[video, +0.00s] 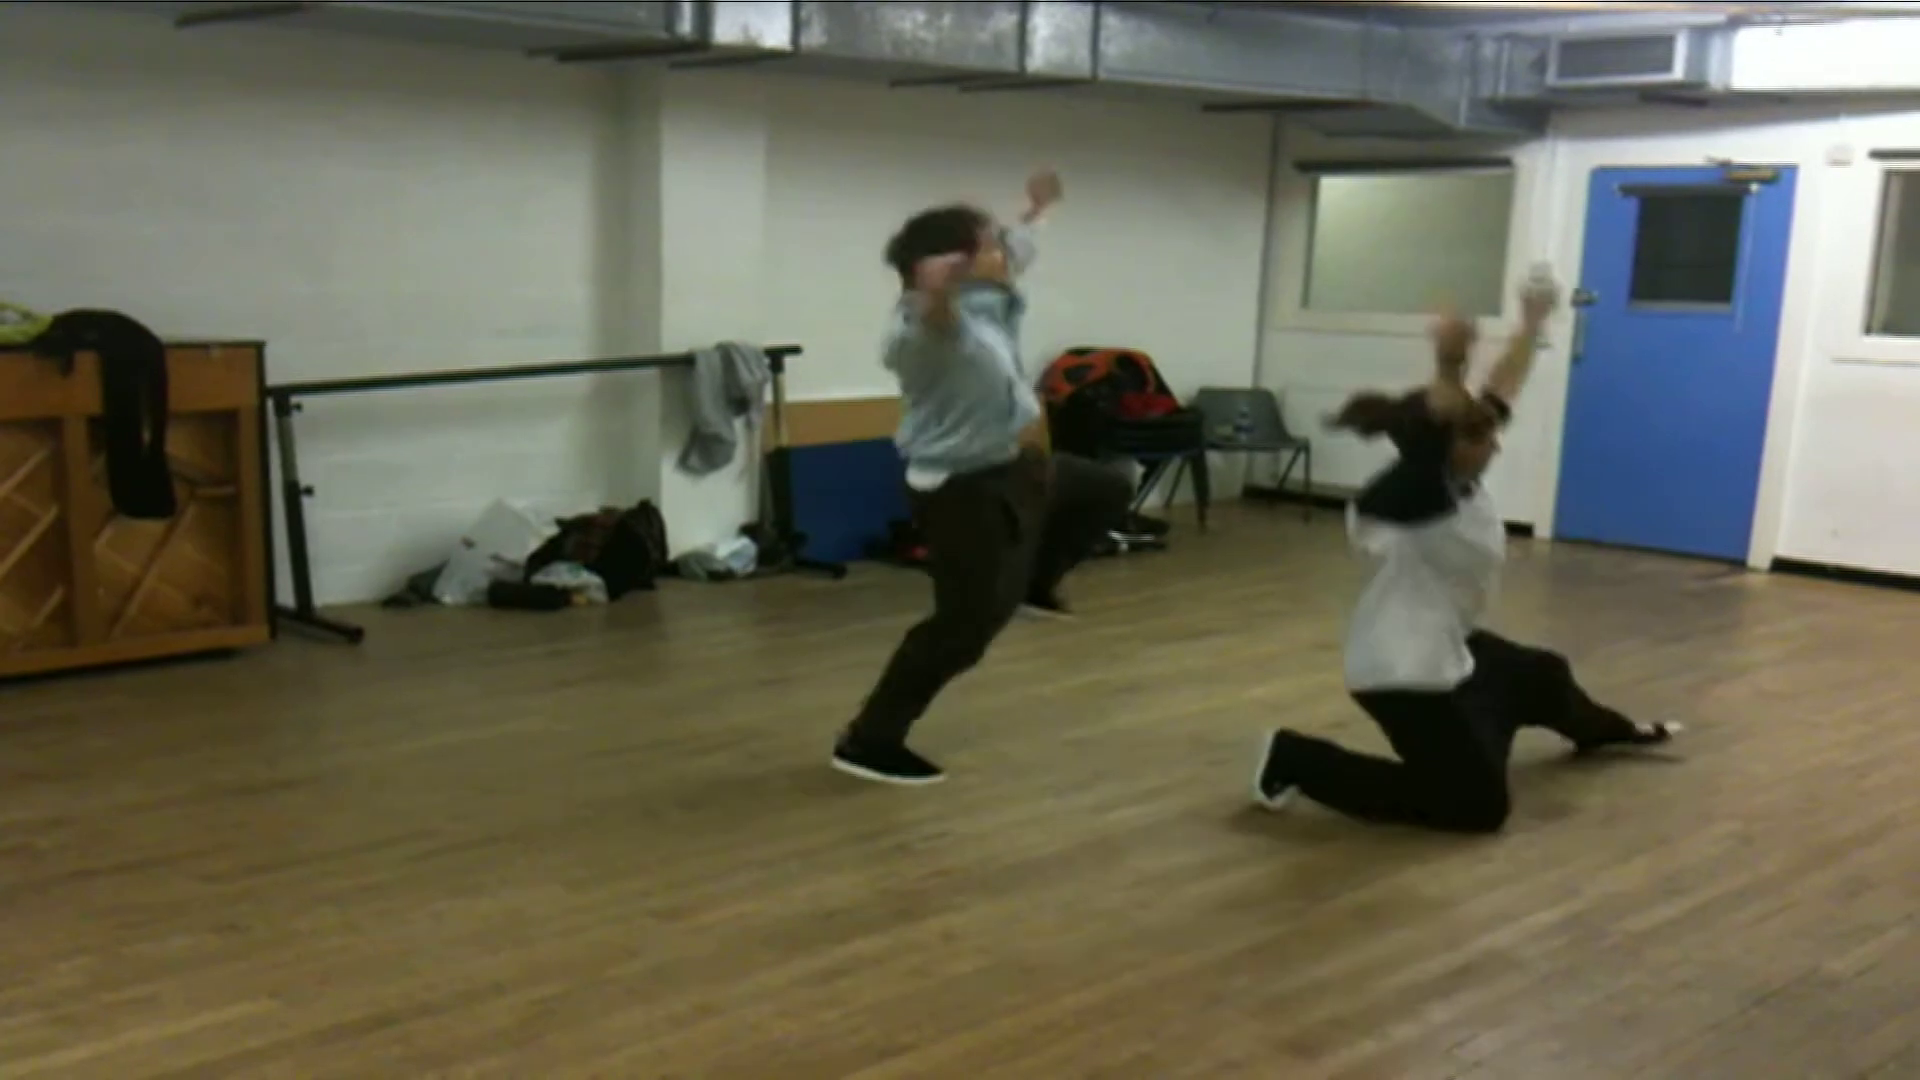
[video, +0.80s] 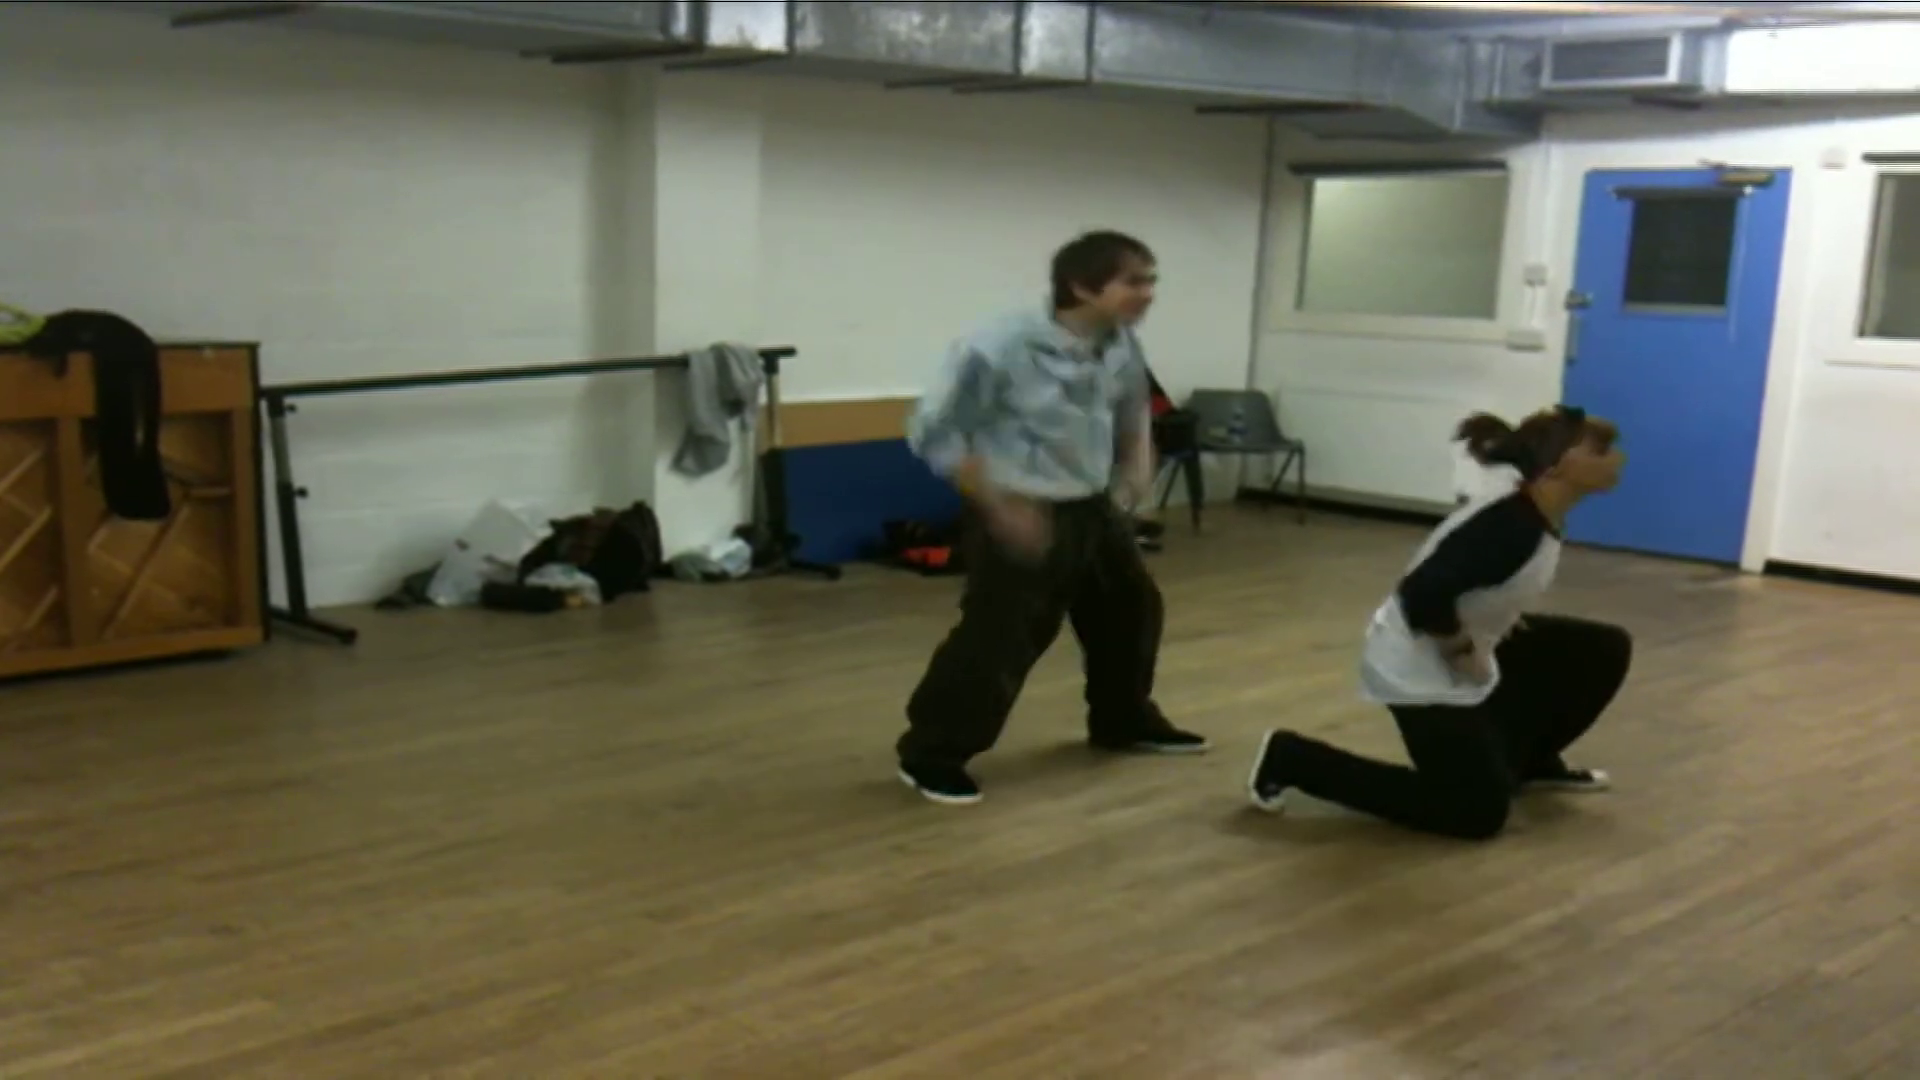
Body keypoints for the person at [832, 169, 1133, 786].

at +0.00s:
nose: (1002, 250)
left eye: (998, 242)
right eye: (988, 244)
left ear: (987, 259)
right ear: (942, 264)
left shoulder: (990, 305)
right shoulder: (918, 331)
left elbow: (1012, 258)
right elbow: (926, 331)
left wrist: (1035, 210)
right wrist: (938, 296)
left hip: (1014, 470)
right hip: (958, 490)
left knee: (1107, 489)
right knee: (968, 622)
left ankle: (1036, 581)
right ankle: (871, 739)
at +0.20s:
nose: (1039, 258)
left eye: (1036, 248)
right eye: (1026, 249)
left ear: (996, 263)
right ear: (981, 264)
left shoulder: (1028, 308)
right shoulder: (949, 326)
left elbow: (1109, 306)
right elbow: (1042, 347)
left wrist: (1178, 262)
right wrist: (1110, 295)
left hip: (1037, 489)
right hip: (980, 497)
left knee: (1110, 583)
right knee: (974, 630)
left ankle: (1098, 684)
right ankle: (869, 740)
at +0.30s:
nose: (1095, 269)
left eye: (1092, 258)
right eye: (1083, 259)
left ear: (1042, 272)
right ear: (1041, 271)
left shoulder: (1047, 316)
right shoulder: (1025, 317)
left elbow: (1124, 350)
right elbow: (1122, 355)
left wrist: (1188, 331)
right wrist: (1155, 327)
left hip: (1041, 493)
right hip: (996, 497)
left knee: (1093, 610)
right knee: (981, 637)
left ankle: (1125, 721)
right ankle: (872, 741)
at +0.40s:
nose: (1123, 275)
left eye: (1121, 265)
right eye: (1111, 265)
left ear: (1084, 280)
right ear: (1068, 275)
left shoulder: (1100, 330)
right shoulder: (1027, 320)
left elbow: (1160, 367)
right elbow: (1097, 367)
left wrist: (1210, 353)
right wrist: (1156, 350)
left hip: (1067, 504)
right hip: (1002, 502)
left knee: (1120, 615)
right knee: (989, 644)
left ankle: (1121, 722)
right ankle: (879, 737)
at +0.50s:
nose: (1121, 259)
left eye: (1122, 248)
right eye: (1109, 248)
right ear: (1065, 255)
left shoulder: (1112, 317)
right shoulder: (1014, 307)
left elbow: (1149, 341)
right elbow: (971, 351)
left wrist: (1175, 339)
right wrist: (1064, 331)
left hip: (1086, 491)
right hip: (1014, 492)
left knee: (1114, 614)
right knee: (989, 626)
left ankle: (1119, 718)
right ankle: (914, 743)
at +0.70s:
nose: (1118, 278)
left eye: (1121, 266)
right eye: (1107, 265)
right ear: (1059, 269)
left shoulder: (1100, 323)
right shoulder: (980, 323)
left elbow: (1133, 343)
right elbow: (898, 380)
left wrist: (1139, 360)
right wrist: (997, 385)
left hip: (1095, 499)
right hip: (1020, 505)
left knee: (1129, 609)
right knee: (998, 633)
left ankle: (1121, 719)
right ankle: (931, 753)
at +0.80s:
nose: (1147, 296)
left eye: (1149, 283)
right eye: (1135, 283)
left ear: (1094, 290)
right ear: (1084, 288)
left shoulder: (1121, 348)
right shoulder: (999, 347)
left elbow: (1134, 416)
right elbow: (932, 431)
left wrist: (1134, 469)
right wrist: (997, 502)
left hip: (1092, 516)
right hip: (1020, 517)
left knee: (1131, 612)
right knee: (998, 640)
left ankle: (1123, 720)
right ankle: (930, 754)